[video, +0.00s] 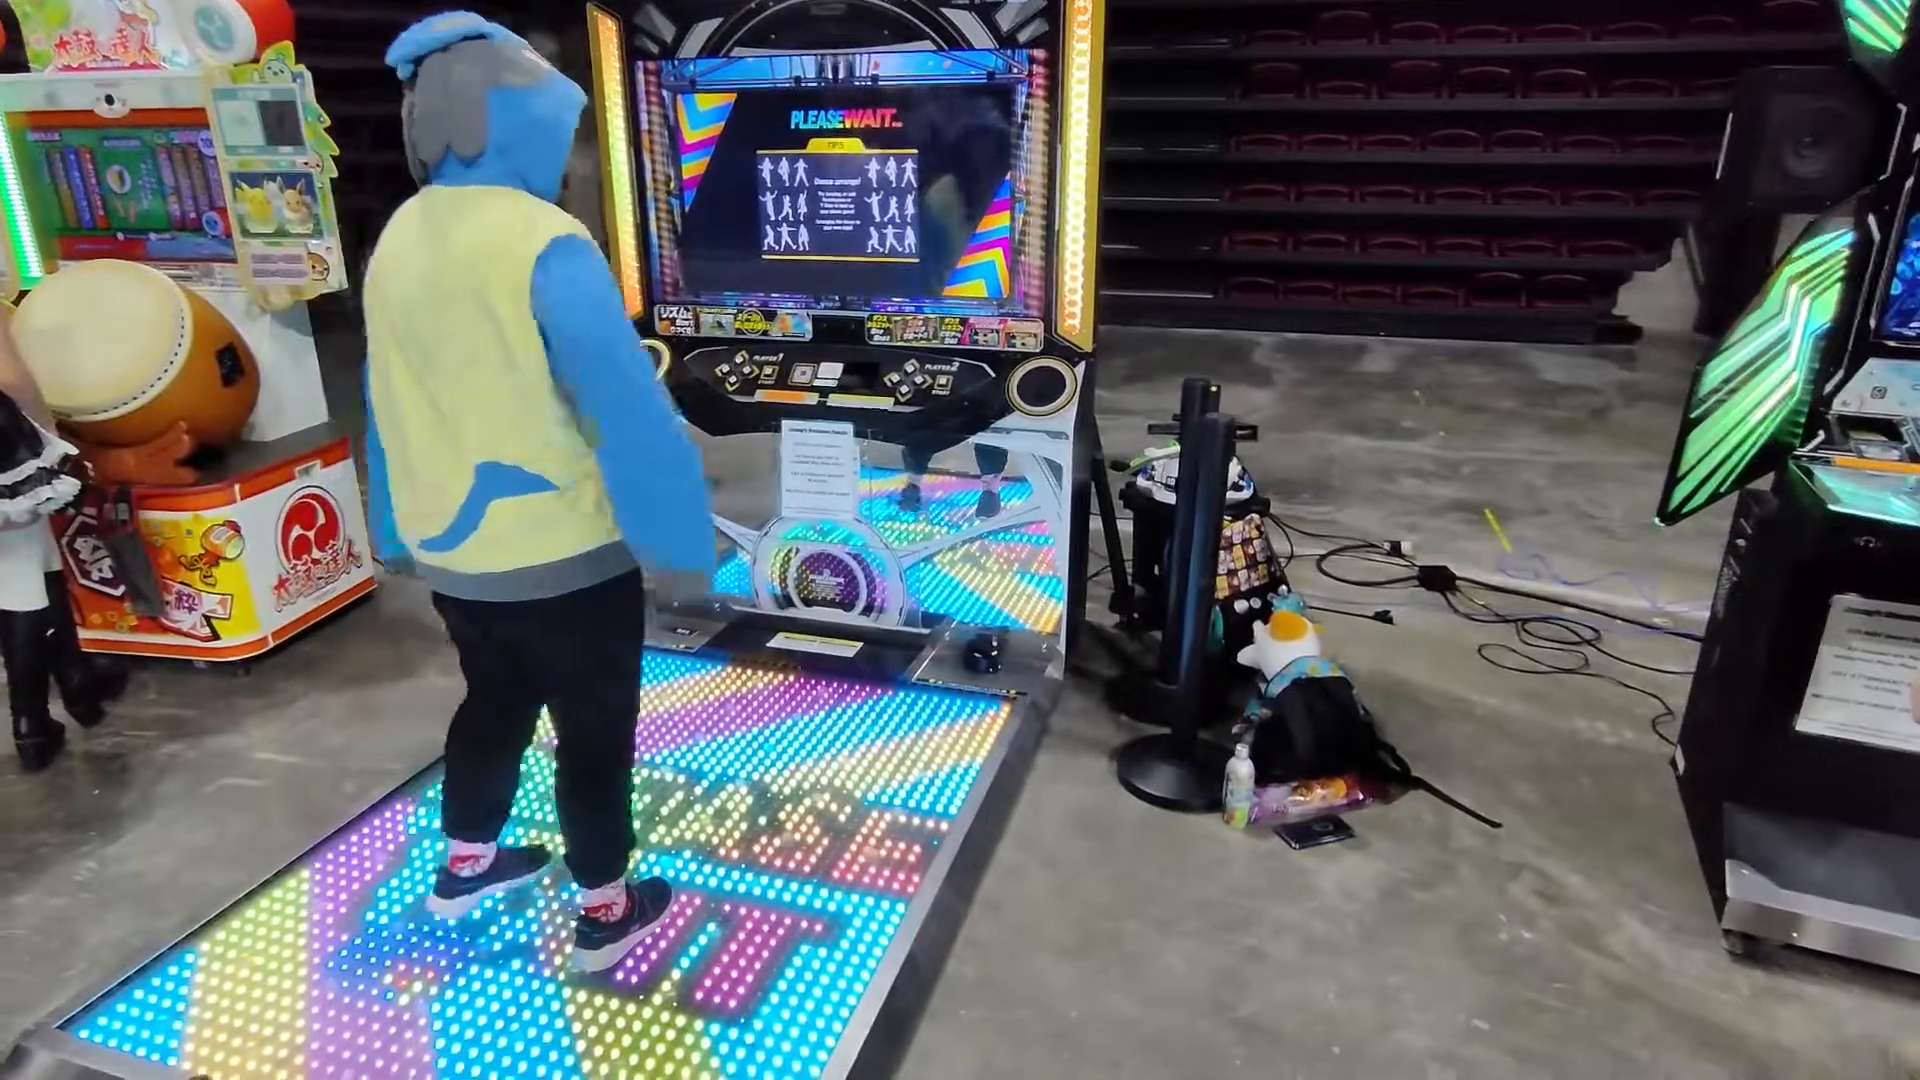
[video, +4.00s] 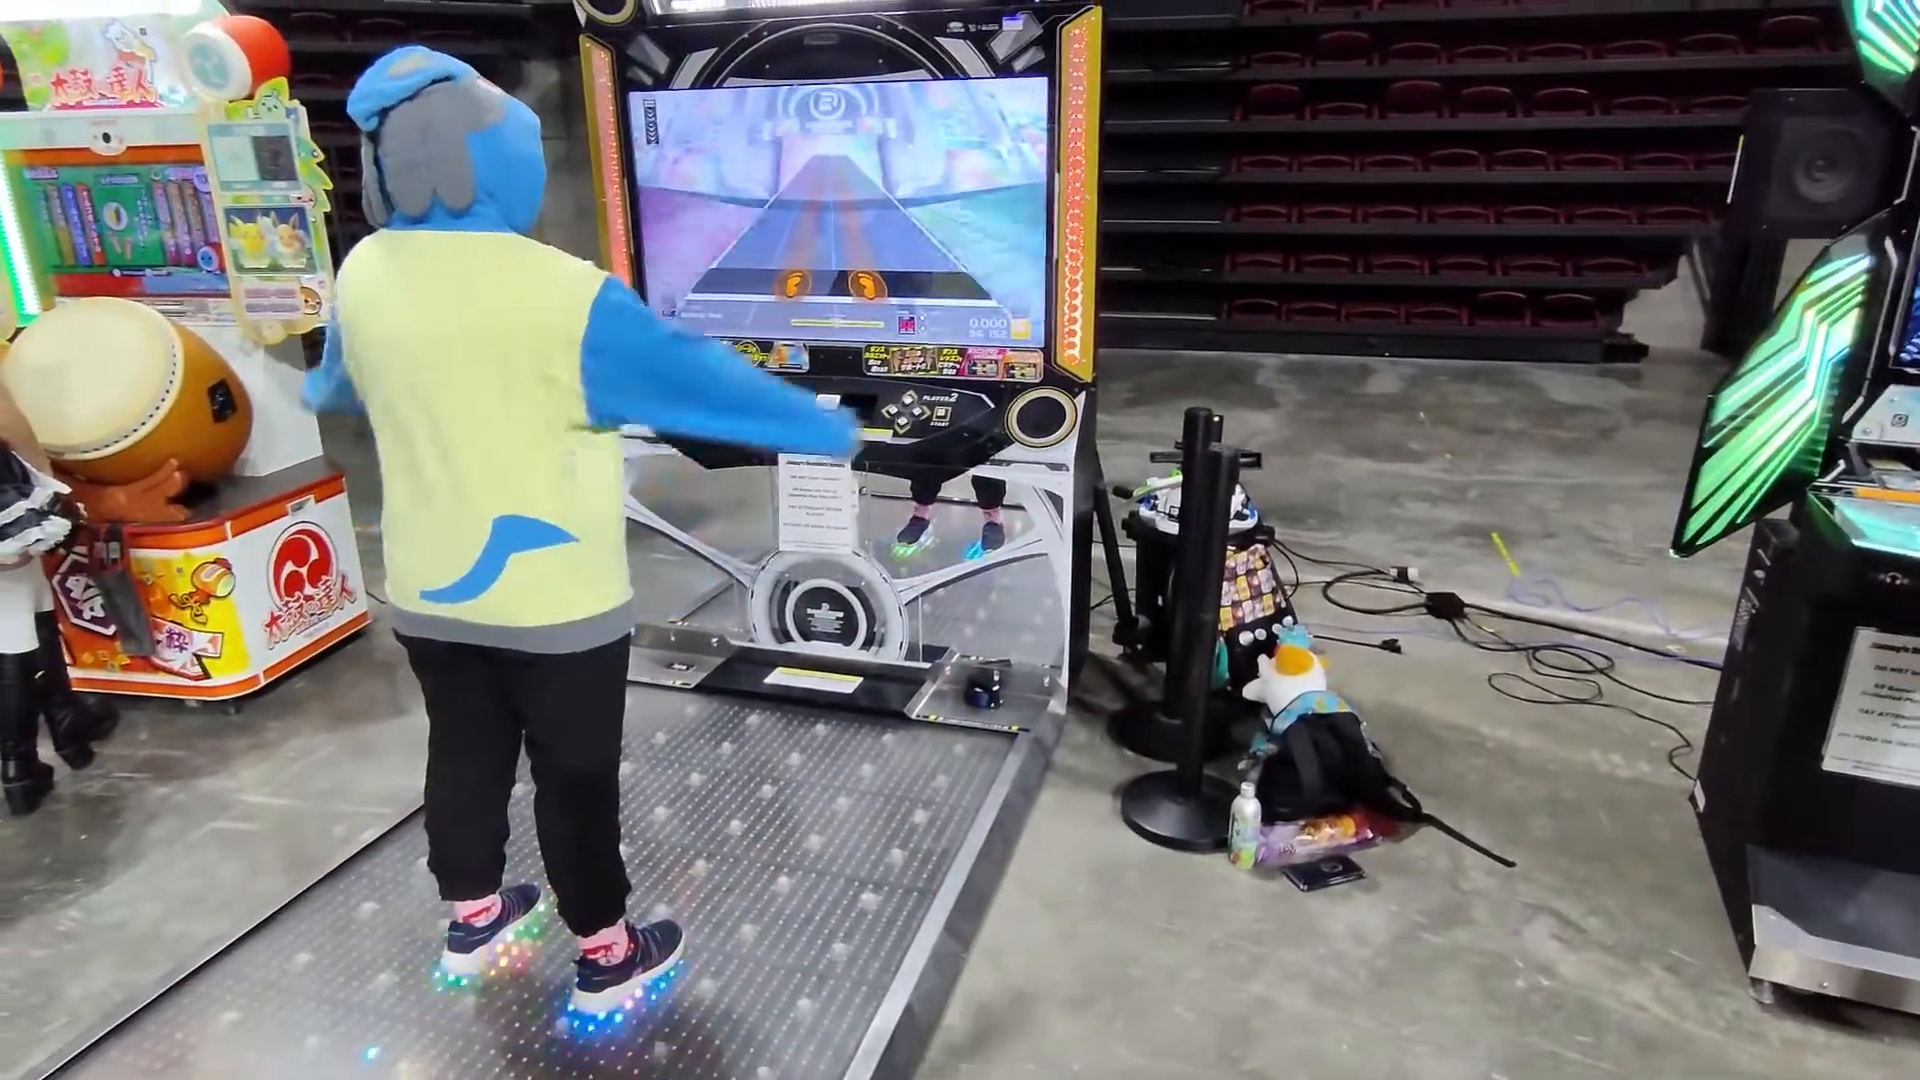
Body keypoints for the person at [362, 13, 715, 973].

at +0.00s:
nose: (554, 132)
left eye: (548, 113)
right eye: (539, 114)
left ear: (442, 129)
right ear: (500, 123)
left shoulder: (398, 239)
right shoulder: (546, 243)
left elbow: (387, 399)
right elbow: (625, 401)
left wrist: (398, 526)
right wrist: (681, 536)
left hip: (455, 555)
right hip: (567, 557)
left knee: (497, 693)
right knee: (596, 727)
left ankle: (466, 856)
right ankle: (603, 904)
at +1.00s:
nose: (530, 145)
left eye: (525, 124)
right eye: (515, 125)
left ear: (414, 134)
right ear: (471, 130)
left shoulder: (362, 232)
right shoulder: (520, 264)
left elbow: (337, 335)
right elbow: (615, 429)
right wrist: (648, 568)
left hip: (408, 567)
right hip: (521, 574)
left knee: (478, 718)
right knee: (575, 743)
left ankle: (489, 872)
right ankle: (581, 920)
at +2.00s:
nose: (455, 152)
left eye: (447, 131)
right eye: (442, 132)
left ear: (310, 147)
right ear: (407, 142)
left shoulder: (263, 253)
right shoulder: (452, 277)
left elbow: (364, 351)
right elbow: (567, 372)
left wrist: (494, 377)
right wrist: (672, 391)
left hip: (344, 591)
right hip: (480, 588)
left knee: (405, 731)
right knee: (542, 755)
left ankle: (420, 903)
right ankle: (585, 926)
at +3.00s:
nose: (602, 184)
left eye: (598, 162)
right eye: (592, 163)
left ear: (459, 163)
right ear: (554, 165)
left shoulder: (392, 273)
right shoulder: (595, 280)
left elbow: (374, 439)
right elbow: (647, 457)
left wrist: (380, 567)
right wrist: (675, 590)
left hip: (451, 584)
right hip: (583, 589)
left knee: (478, 741)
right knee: (585, 768)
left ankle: (460, 905)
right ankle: (596, 944)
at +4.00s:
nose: (530, 164)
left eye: (519, 147)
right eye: (516, 149)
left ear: (401, 177)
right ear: (494, 164)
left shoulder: (365, 276)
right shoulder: (567, 295)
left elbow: (331, 388)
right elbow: (707, 384)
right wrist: (837, 430)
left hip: (431, 597)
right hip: (563, 607)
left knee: (464, 754)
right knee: (575, 777)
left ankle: (472, 916)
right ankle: (603, 949)